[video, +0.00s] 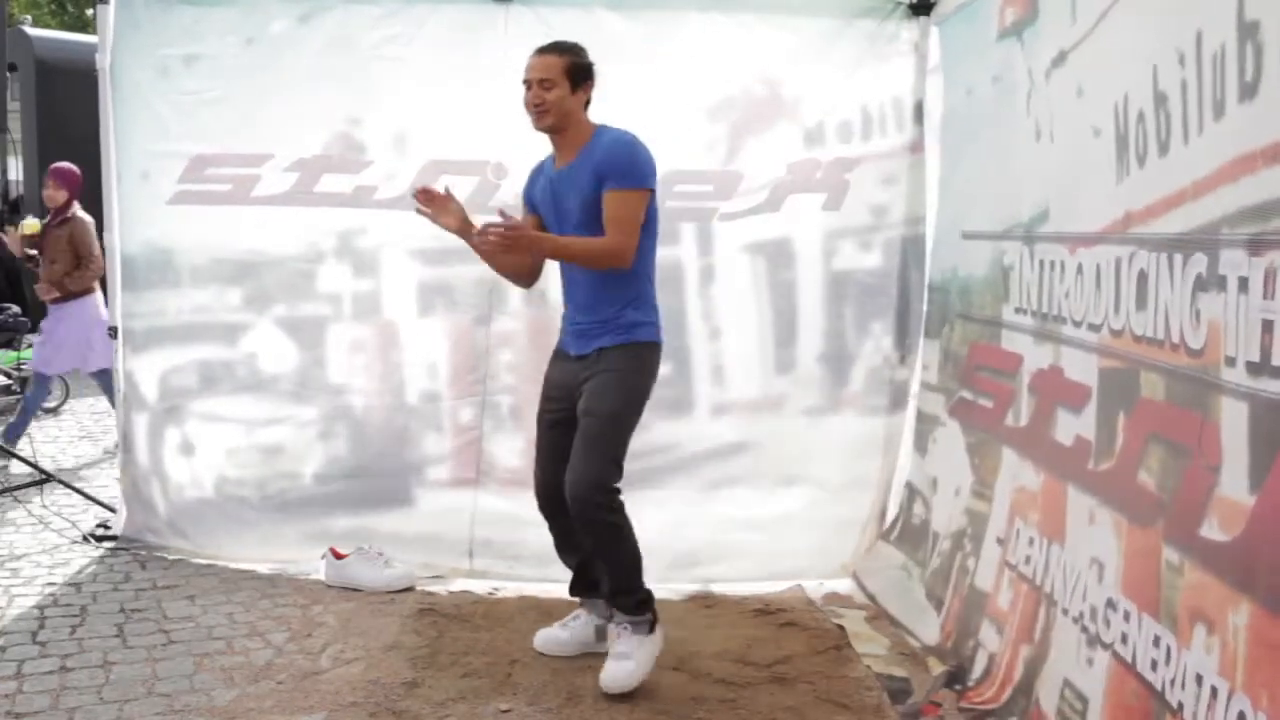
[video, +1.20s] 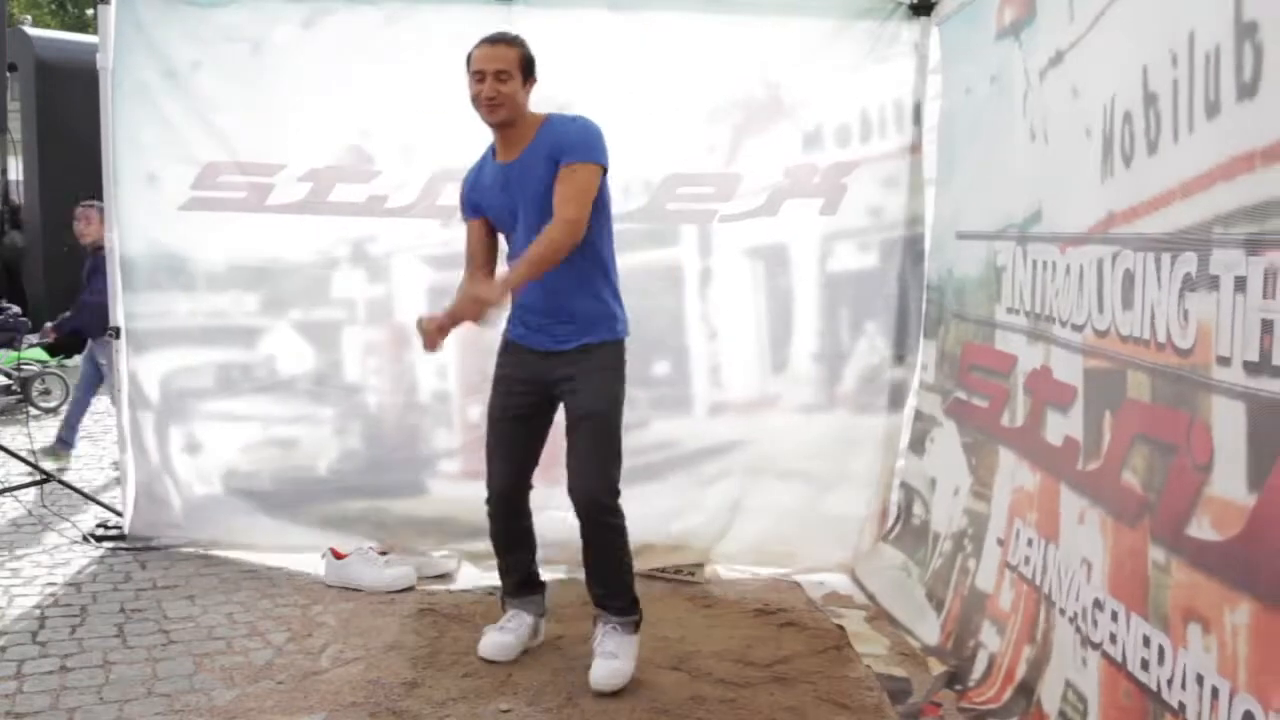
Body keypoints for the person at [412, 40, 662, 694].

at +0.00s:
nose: (533, 97)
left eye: (546, 86)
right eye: (528, 87)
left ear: (583, 92)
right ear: (527, 95)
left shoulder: (621, 153)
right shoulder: (540, 180)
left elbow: (620, 250)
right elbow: (525, 271)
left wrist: (542, 243)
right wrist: (466, 229)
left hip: (626, 346)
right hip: (572, 350)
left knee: (589, 486)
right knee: (553, 487)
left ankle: (637, 622)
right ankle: (596, 609)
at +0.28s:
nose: (563, 91)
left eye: (577, 81)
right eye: (555, 79)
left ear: (606, 87)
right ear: (546, 83)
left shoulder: (640, 163)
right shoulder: (524, 159)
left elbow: (645, 268)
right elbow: (498, 258)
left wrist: (595, 266)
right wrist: (497, 251)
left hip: (614, 351)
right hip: (546, 352)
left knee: (601, 493)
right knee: (557, 499)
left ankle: (606, 633)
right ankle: (595, 607)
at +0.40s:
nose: (583, 99)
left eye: (597, 88)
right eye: (574, 86)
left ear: (623, 92)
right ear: (561, 87)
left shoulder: (650, 176)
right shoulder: (523, 148)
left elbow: (661, 280)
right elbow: (443, 213)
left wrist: (678, 263)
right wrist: (448, 185)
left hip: (609, 349)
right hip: (536, 354)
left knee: (604, 482)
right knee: (554, 499)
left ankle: (611, 622)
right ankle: (590, 610)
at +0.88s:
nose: (547, 85)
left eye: (560, 73)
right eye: (538, 75)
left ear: (591, 78)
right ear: (529, 84)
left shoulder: (632, 157)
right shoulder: (520, 155)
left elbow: (633, 263)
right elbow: (481, 247)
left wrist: (580, 212)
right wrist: (458, 175)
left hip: (600, 356)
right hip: (530, 348)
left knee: (599, 504)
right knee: (489, 478)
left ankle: (607, 632)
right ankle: (543, 564)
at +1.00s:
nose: (524, 72)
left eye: (535, 59)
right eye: (513, 62)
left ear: (566, 65)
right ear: (506, 72)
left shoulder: (608, 129)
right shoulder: (507, 148)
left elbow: (585, 220)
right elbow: (493, 248)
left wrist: (497, 177)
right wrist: (473, 190)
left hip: (599, 343)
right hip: (530, 338)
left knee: (607, 492)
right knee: (497, 477)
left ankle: (617, 630)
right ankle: (522, 591)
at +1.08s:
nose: (512, 82)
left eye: (523, 71)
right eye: (501, 72)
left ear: (551, 78)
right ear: (492, 84)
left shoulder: (594, 135)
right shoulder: (495, 167)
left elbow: (568, 216)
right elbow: (494, 262)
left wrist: (465, 200)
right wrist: (469, 217)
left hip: (596, 349)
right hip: (527, 348)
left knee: (613, 497)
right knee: (504, 489)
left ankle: (624, 630)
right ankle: (524, 606)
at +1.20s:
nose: (491, 88)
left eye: (503, 77)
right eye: (480, 78)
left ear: (529, 84)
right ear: (469, 90)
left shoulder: (575, 136)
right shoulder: (479, 180)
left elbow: (568, 230)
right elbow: (480, 278)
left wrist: (501, 285)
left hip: (592, 345)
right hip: (524, 346)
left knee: (592, 493)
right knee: (504, 489)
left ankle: (617, 624)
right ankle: (523, 609)